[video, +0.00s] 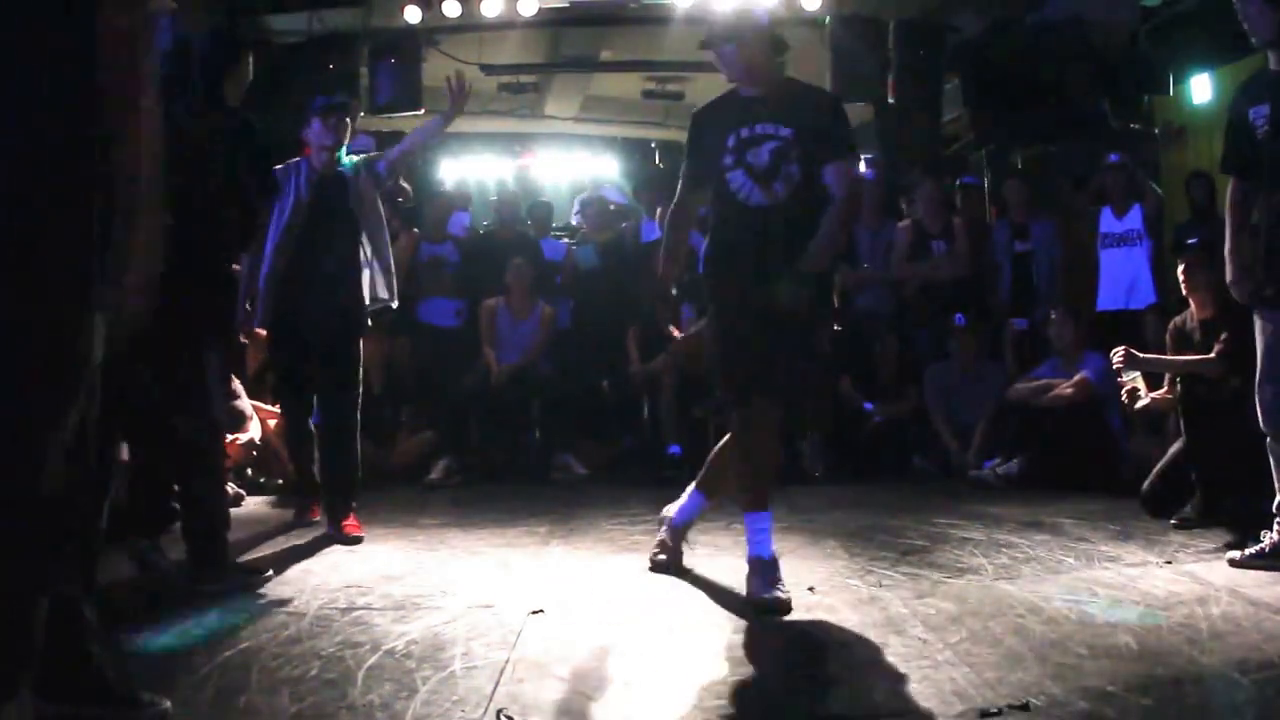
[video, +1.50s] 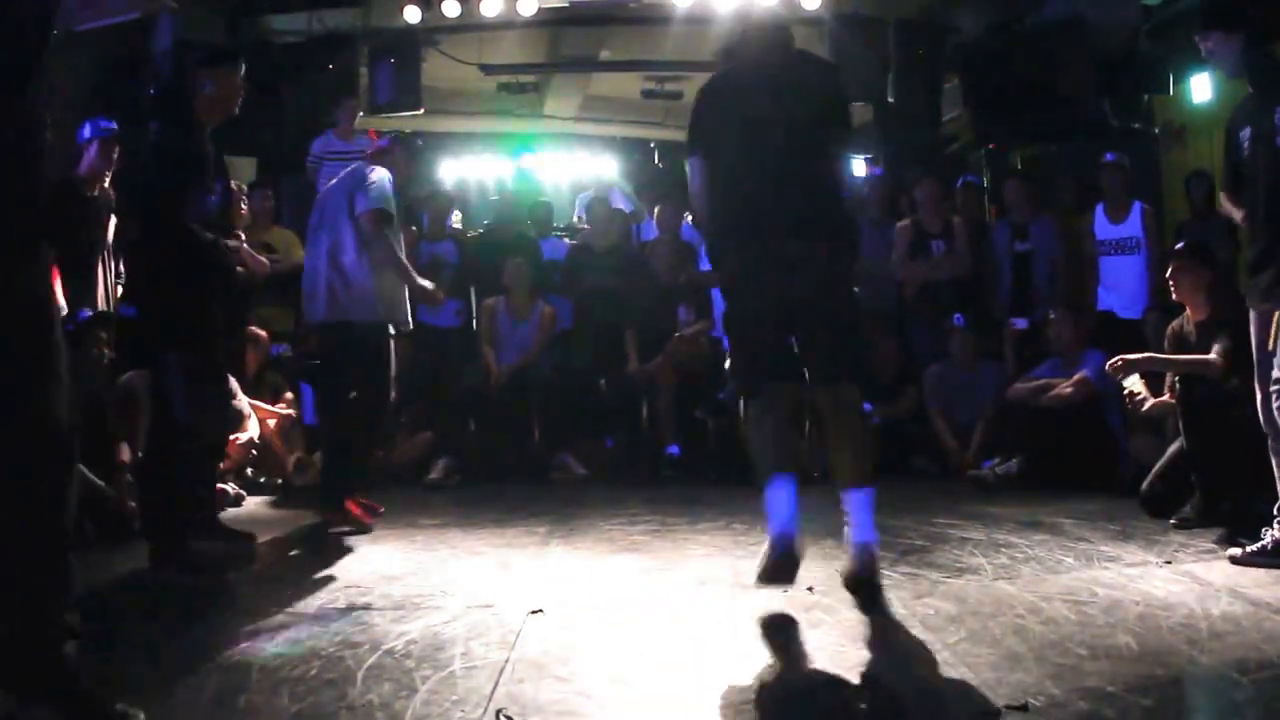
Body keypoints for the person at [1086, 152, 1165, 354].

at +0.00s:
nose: (1115, 180)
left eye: (1120, 174)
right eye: (1109, 174)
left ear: (1129, 178)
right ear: (1103, 179)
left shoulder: (1143, 211)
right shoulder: (1098, 214)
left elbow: (1156, 199)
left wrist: (1135, 175)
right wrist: (1100, 178)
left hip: (1141, 297)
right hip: (1108, 298)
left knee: (1150, 354)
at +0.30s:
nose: (1113, 181)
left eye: (1118, 175)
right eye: (1108, 175)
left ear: (1128, 179)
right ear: (1103, 180)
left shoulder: (1144, 210)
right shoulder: (1099, 214)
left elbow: (1156, 201)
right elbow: (1093, 256)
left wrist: (1135, 175)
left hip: (1140, 302)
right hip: (1108, 302)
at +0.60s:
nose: (1112, 181)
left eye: (1117, 175)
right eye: (1108, 175)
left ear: (1128, 179)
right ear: (1103, 180)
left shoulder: (1142, 210)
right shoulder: (1099, 213)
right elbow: (1095, 253)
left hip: (1138, 299)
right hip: (1106, 299)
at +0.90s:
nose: (1112, 179)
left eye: (1118, 173)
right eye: (1108, 173)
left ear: (1128, 178)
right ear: (1103, 177)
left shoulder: (1145, 213)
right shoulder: (1094, 215)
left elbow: (1153, 258)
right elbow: (1089, 257)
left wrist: (1139, 288)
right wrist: (1094, 288)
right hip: (1106, 303)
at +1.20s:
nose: (1112, 180)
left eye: (1117, 174)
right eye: (1108, 174)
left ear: (1126, 178)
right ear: (1103, 178)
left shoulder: (1145, 214)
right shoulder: (1094, 215)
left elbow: (1153, 256)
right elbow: (1089, 258)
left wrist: (1156, 296)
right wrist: (1091, 295)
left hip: (1138, 300)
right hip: (1106, 301)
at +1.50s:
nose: (1110, 182)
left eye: (1115, 175)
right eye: (1106, 176)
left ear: (1125, 179)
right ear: (1101, 180)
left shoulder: (1144, 214)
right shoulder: (1093, 216)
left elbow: (1153, 255)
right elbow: (1090, 259)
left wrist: (1153, 296)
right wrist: (1091, 298)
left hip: (1138, 300)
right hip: (1106, 302)